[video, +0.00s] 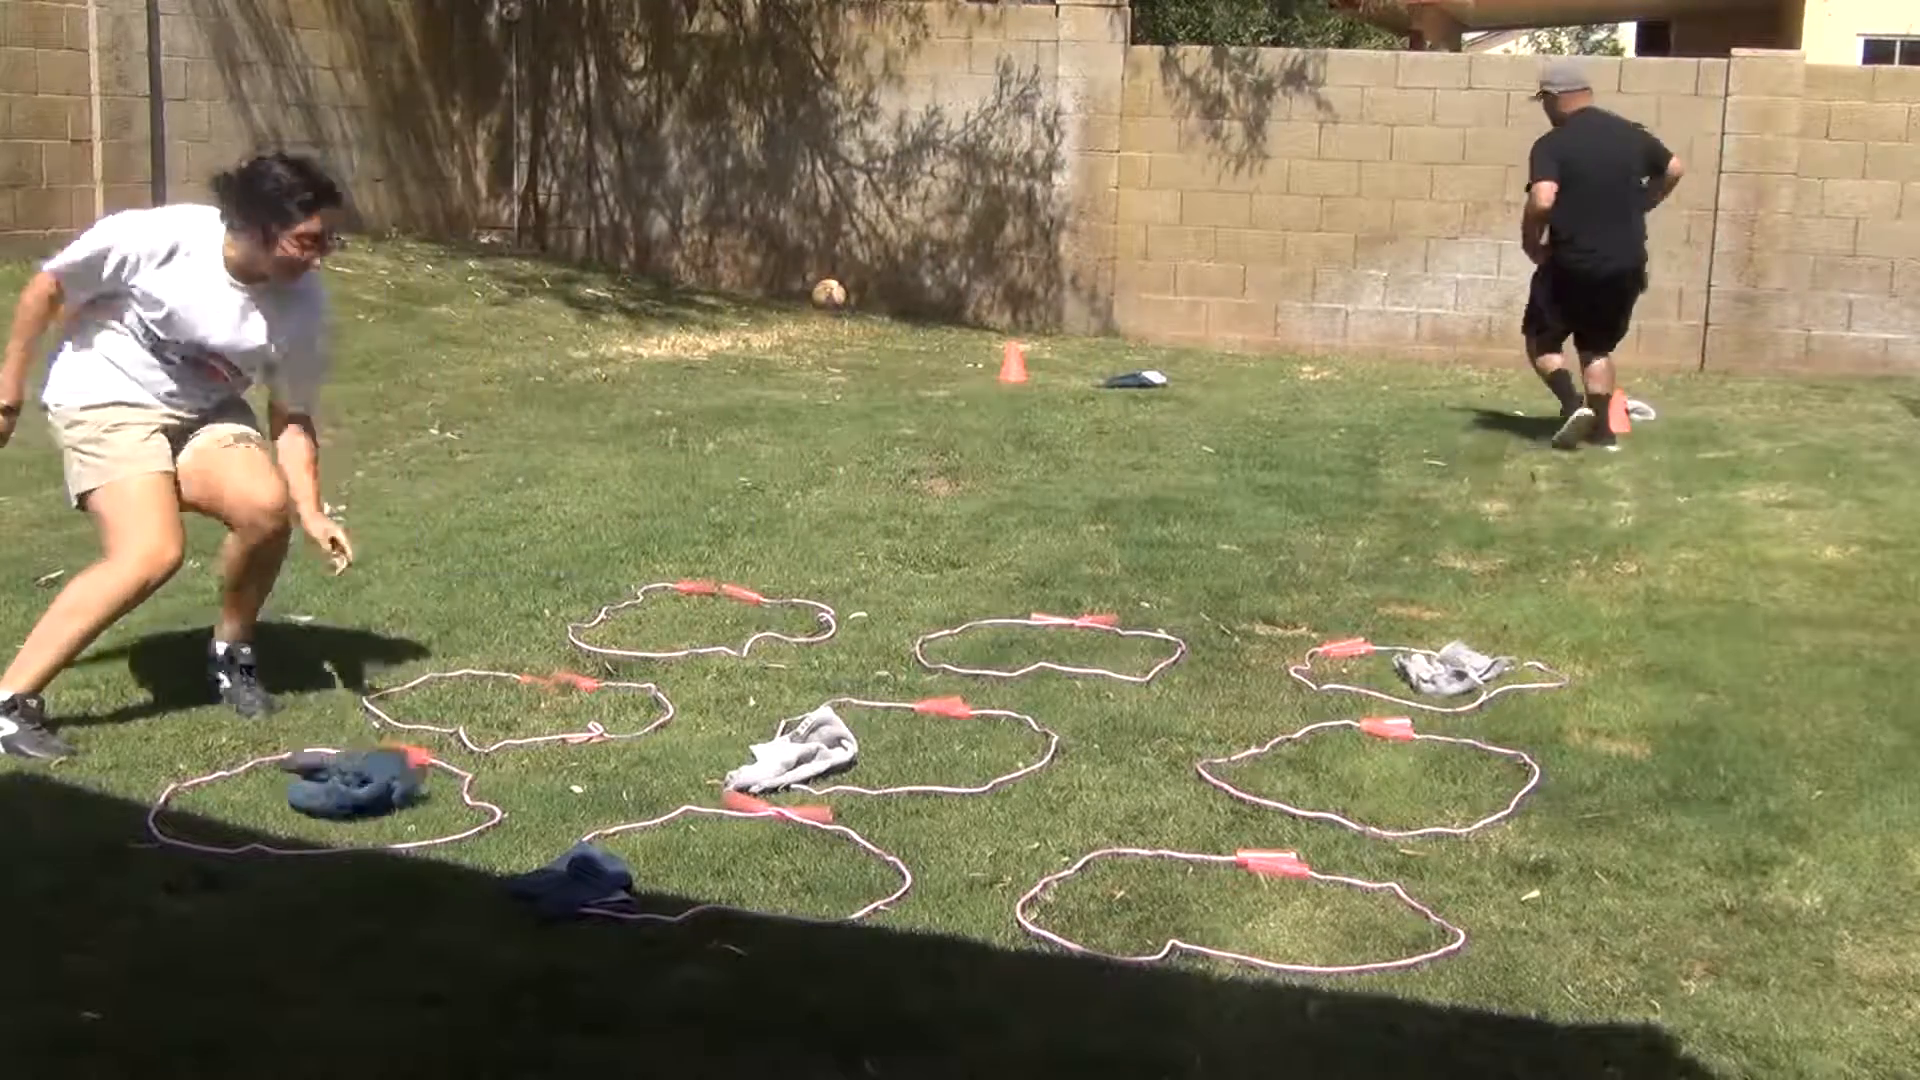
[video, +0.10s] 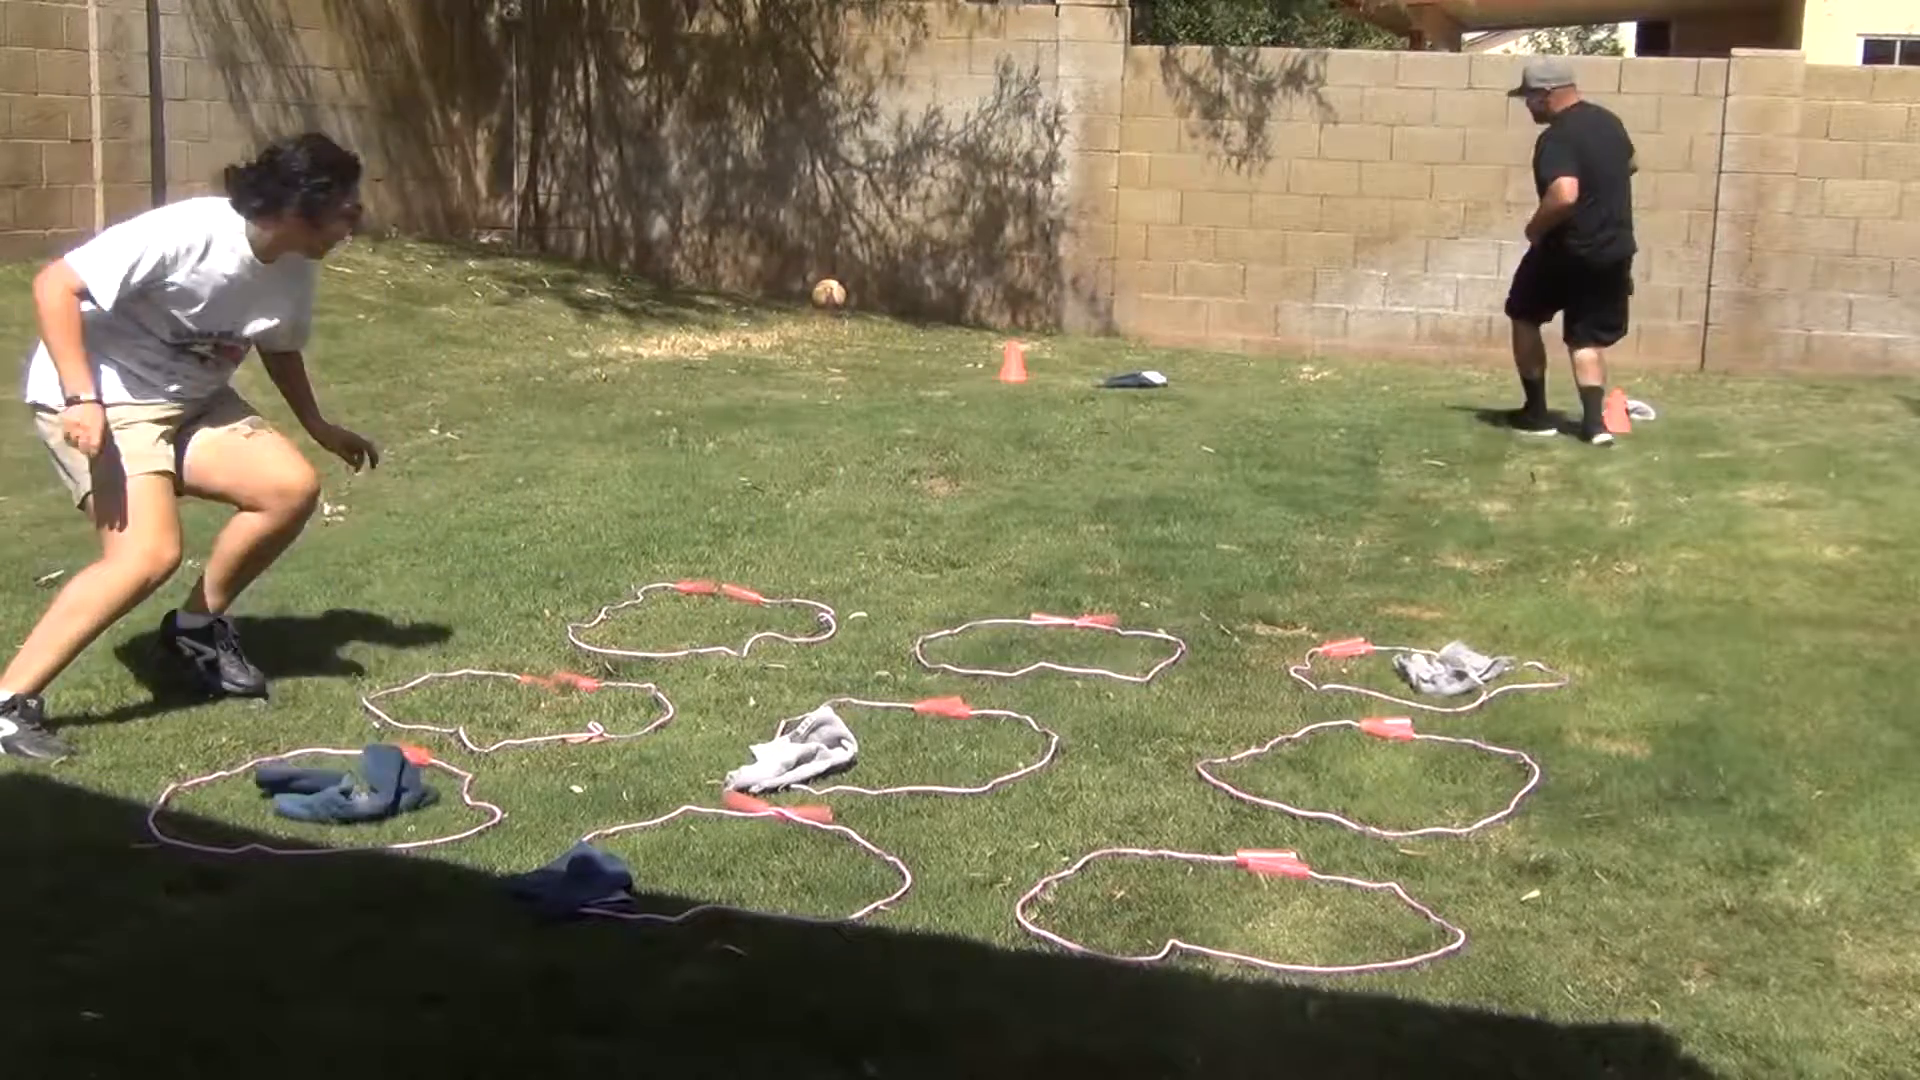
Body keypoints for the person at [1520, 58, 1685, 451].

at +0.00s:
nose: (1544, 108)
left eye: (1545, 100)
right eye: (1543, 101)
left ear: (1556, 99)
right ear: (1587, 94)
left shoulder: (1552, 144)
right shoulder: (1628, 131)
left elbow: (1543, 201)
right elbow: (1673, 169)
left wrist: (1531, 237)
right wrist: (1643, 204)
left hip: (1573, 263)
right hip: (1626, 263)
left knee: (1541, 339)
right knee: (1596, 345)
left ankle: (1573, 404)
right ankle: (1603, 432)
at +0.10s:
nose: (1527, 105)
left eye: (1529, 97)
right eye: (1525, 97)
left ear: (1547, 94)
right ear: (1567, 91)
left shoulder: (1556, 138)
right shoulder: (1607, 121)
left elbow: (1564, 195)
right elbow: (1629, 164)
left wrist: (1536, 226)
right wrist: (1590, 188)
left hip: (1564, 252)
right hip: (1612, 253)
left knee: (1524, 316)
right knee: (1585, 337)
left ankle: (1535, 411)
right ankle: (1595, 424)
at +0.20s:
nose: (1514, 102)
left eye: (1518, 95)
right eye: (1514, 95)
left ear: (1541, 95)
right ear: (1551, 94)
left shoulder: (1552, 134)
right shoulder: (1582, 118)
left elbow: (1578, 190)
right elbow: (1581, 172)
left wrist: (1538, 222)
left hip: (1558, 245)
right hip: (1597, 245)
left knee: (1518, 314)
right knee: (1568, 330)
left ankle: (1519, 404)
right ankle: (1583, 387)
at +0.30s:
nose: (1510, 107)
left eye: (1516, 99)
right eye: (1509, 98)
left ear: (1543, 101)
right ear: (1544, 101)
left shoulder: (1545, 139)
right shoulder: (1561, 124)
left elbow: (1573, 199)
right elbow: (1538, 176)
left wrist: (1534, 229)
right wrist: (1502, 196)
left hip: (1557, 247)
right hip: (1587, 246)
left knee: (1506, 312)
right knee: (1544, 315)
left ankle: (1518, 406)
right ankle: (1573, 378)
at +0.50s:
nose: (1509, 109)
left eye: (1517, 103)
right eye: (1506, 102)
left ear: (1540, 104)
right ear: (1501, 102)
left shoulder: (1560, 139)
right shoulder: (1507, 135)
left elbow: (1590, 194)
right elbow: (1510, 176)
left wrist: (1546, 233)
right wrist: (1498, 209)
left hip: (1575, 236)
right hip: (1543, 234)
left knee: (1511, 307)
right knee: (1527, 309)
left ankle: (1521, 400)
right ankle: (1532, 386)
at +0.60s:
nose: (1516, 138)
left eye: (1523, 131)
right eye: (1511, 131)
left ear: (1539, 128)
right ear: (1502, 128)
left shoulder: (1564, 157)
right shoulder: (1496, 155)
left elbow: (1604, 207)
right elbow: (1494, 196)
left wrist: (1572, 255)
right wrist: (1493, 232)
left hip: (1574, 239)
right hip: (1538, 239)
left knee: (1525, 304)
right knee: (1523, 309)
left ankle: (1531, 395)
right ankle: (1531, 393)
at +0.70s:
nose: (1527, 174)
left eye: (1533, 168)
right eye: (1521, 169)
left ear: (1545, 155)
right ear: (1509, 158)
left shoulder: (1574, 169)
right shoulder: (1496, 167)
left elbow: (1604, 221)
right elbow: (1490, 206)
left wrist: (1592, 279)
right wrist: (1491, 253)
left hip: (1578, 239)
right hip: (1538, 239)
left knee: (1546, 303)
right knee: (1520, 312)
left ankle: (1550, 392)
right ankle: (1531, 389)